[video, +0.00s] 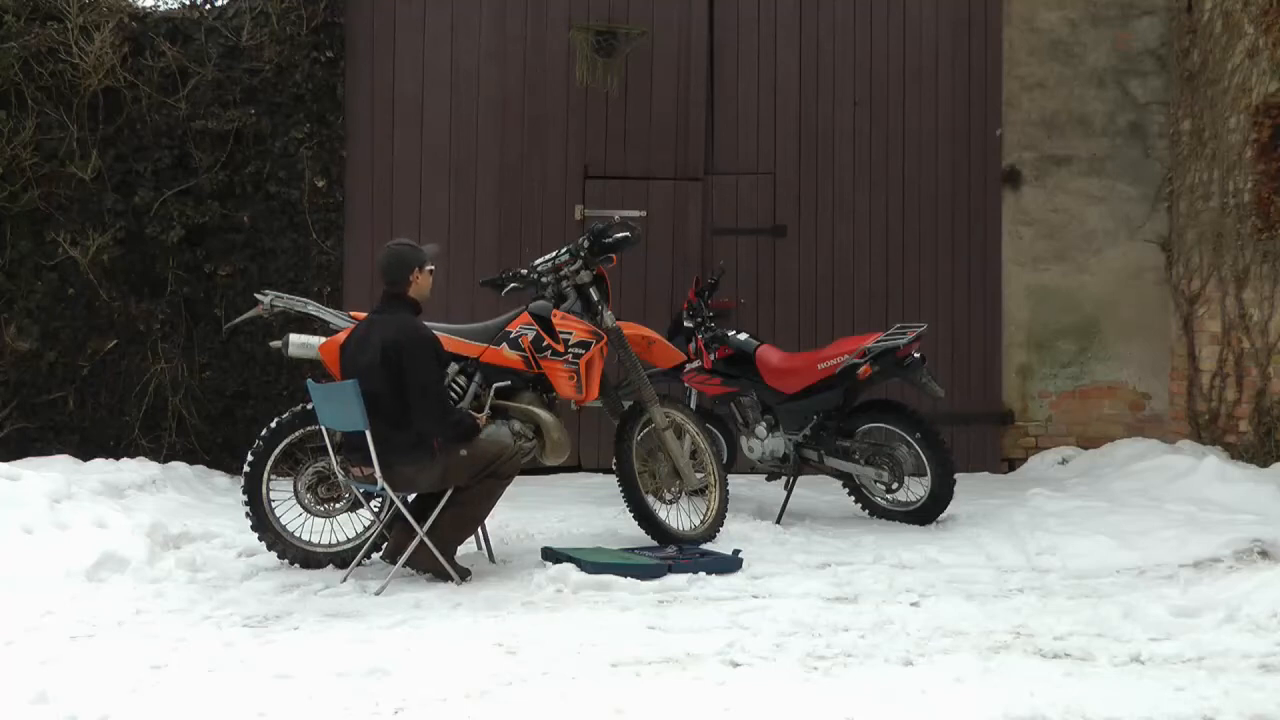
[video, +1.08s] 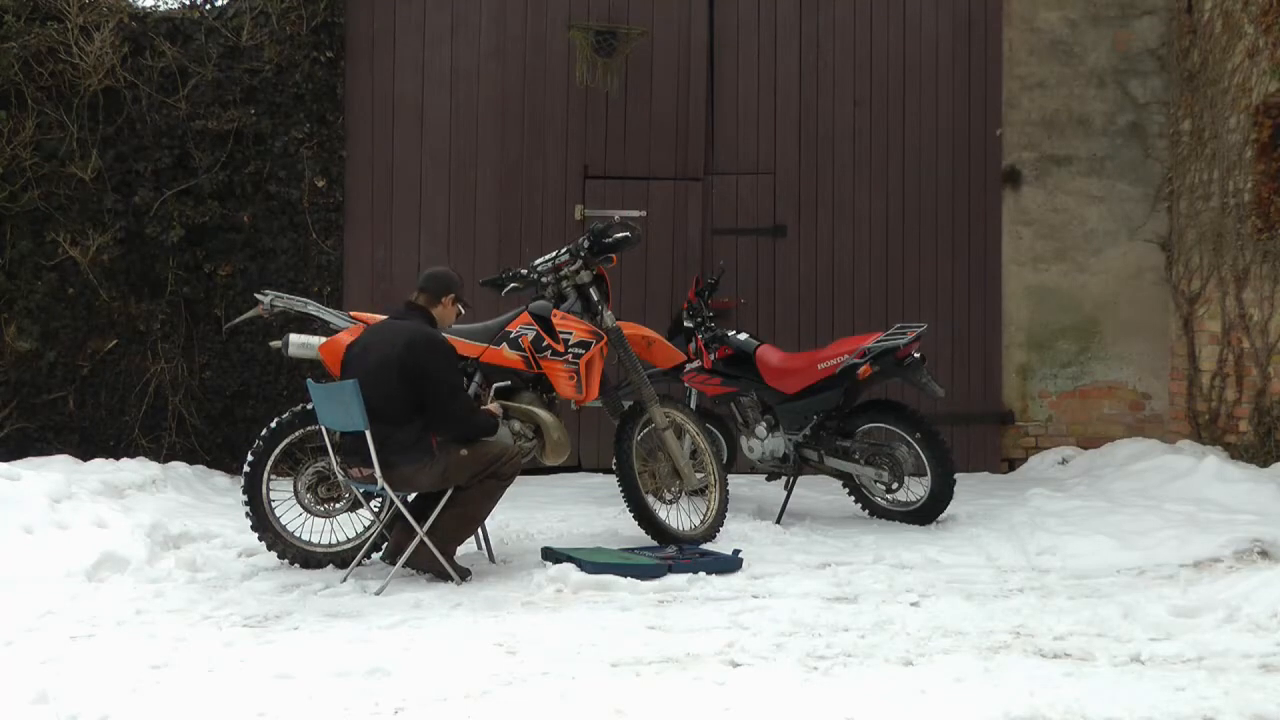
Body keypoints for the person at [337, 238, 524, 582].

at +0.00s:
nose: (432, 276)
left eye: (430, 269)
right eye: (428, 270)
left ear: (389, 279)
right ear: (414, 278)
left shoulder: (362, 331)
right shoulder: (416, 335)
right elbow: (435, 417)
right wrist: (472, 423)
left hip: (374, 460)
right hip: (406, 465)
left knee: (471, 448)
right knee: (504, 453)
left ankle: (405, 538)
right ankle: (435, 549)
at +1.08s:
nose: (456, 315)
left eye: (458, 308)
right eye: (456, 306)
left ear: (417, 297)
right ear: (445, 302)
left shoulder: (372, 333)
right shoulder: (432, 345)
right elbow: (460, 425)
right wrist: (490, 417)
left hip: (359, 457)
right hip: (401, 465)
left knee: (460, 455)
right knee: (507, 456)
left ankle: (403, 543)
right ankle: (434, 550)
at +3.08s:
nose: (478, 336)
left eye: (481, 329)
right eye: (479, 327)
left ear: (442, 314)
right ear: (469, 321)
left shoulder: (392, 337)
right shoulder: (454, 353)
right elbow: (480, 431)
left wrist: (434, 424)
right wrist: (497, 436)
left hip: (357, 456)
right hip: (401, 463)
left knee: (465, 454)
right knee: (507, 462)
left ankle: (403, 543)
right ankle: (435, 551)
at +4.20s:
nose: (492, 345)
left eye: (495, 339)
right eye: (494, 337)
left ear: (459, 317)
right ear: (484, 329)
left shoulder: (405, 337)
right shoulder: (461, 356)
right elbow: (494, 428)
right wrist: (514, 417)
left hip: (358, 454)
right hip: (401, 461)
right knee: (509, 463)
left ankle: (402, 543)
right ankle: (435, 551)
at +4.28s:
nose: (492, 345)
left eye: (495, 339)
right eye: (494, 337)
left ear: (459, 317)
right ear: (484, 329)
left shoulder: (406, 337)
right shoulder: (462, 357)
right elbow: (495, 431)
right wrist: (514, 420)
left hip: (358, 454)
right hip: (401, 461)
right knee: (508, 464)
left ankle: (402, 543)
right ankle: (435, 551)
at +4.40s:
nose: (492, 345)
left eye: (495, 339)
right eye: (494, 338)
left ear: (459, 317)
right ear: (484, 329)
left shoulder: (405, 337)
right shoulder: (461, 357)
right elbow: (493, 429)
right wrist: (514, 420)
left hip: (357, 456)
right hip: (401, 461)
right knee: (508, 464)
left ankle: (402, 543)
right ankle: (435, 551)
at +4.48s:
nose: (492, 345)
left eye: (495, 339)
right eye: (493, 337)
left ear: (459, 317)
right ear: (483, 329)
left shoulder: (404, 337)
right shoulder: (461, 357)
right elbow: (486, 424)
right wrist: (516, 421)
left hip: (357, 456)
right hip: (400, 461)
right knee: (508, 464)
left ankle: (402, 543)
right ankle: (435, 550)